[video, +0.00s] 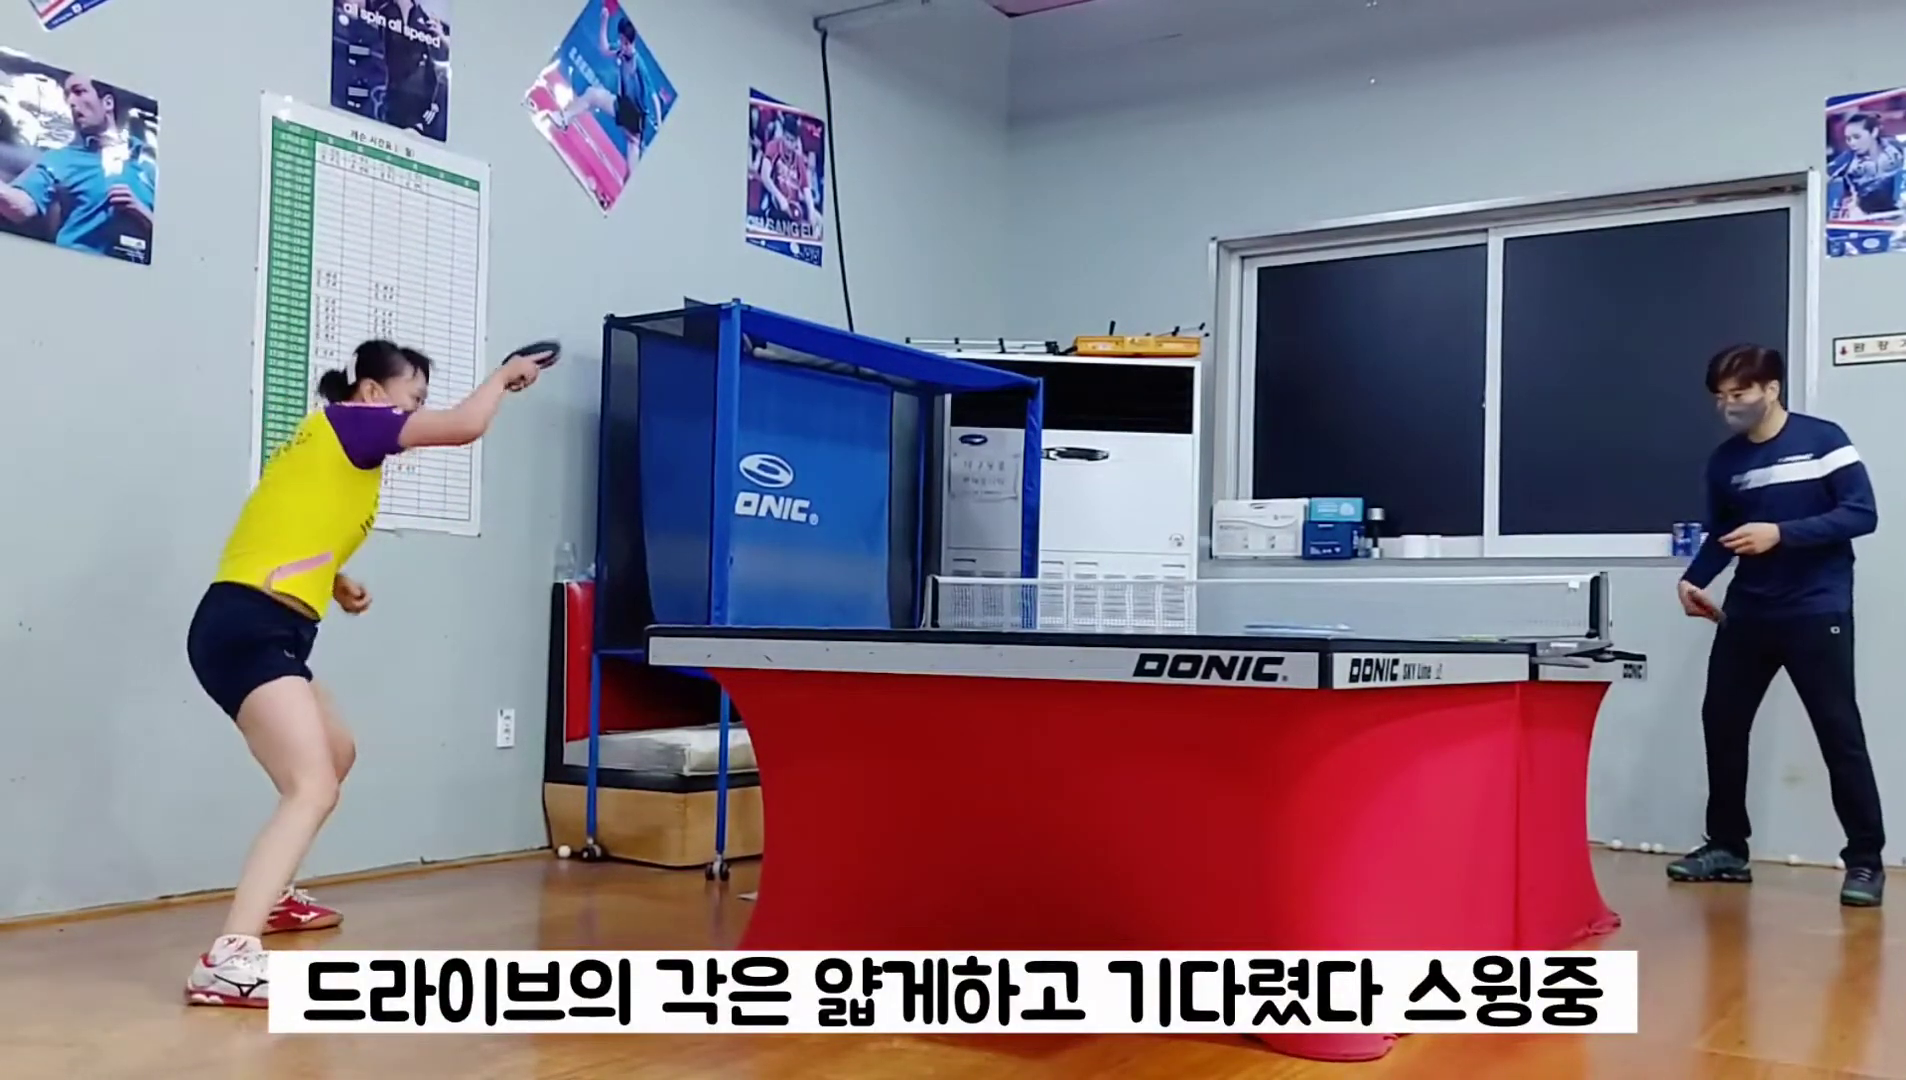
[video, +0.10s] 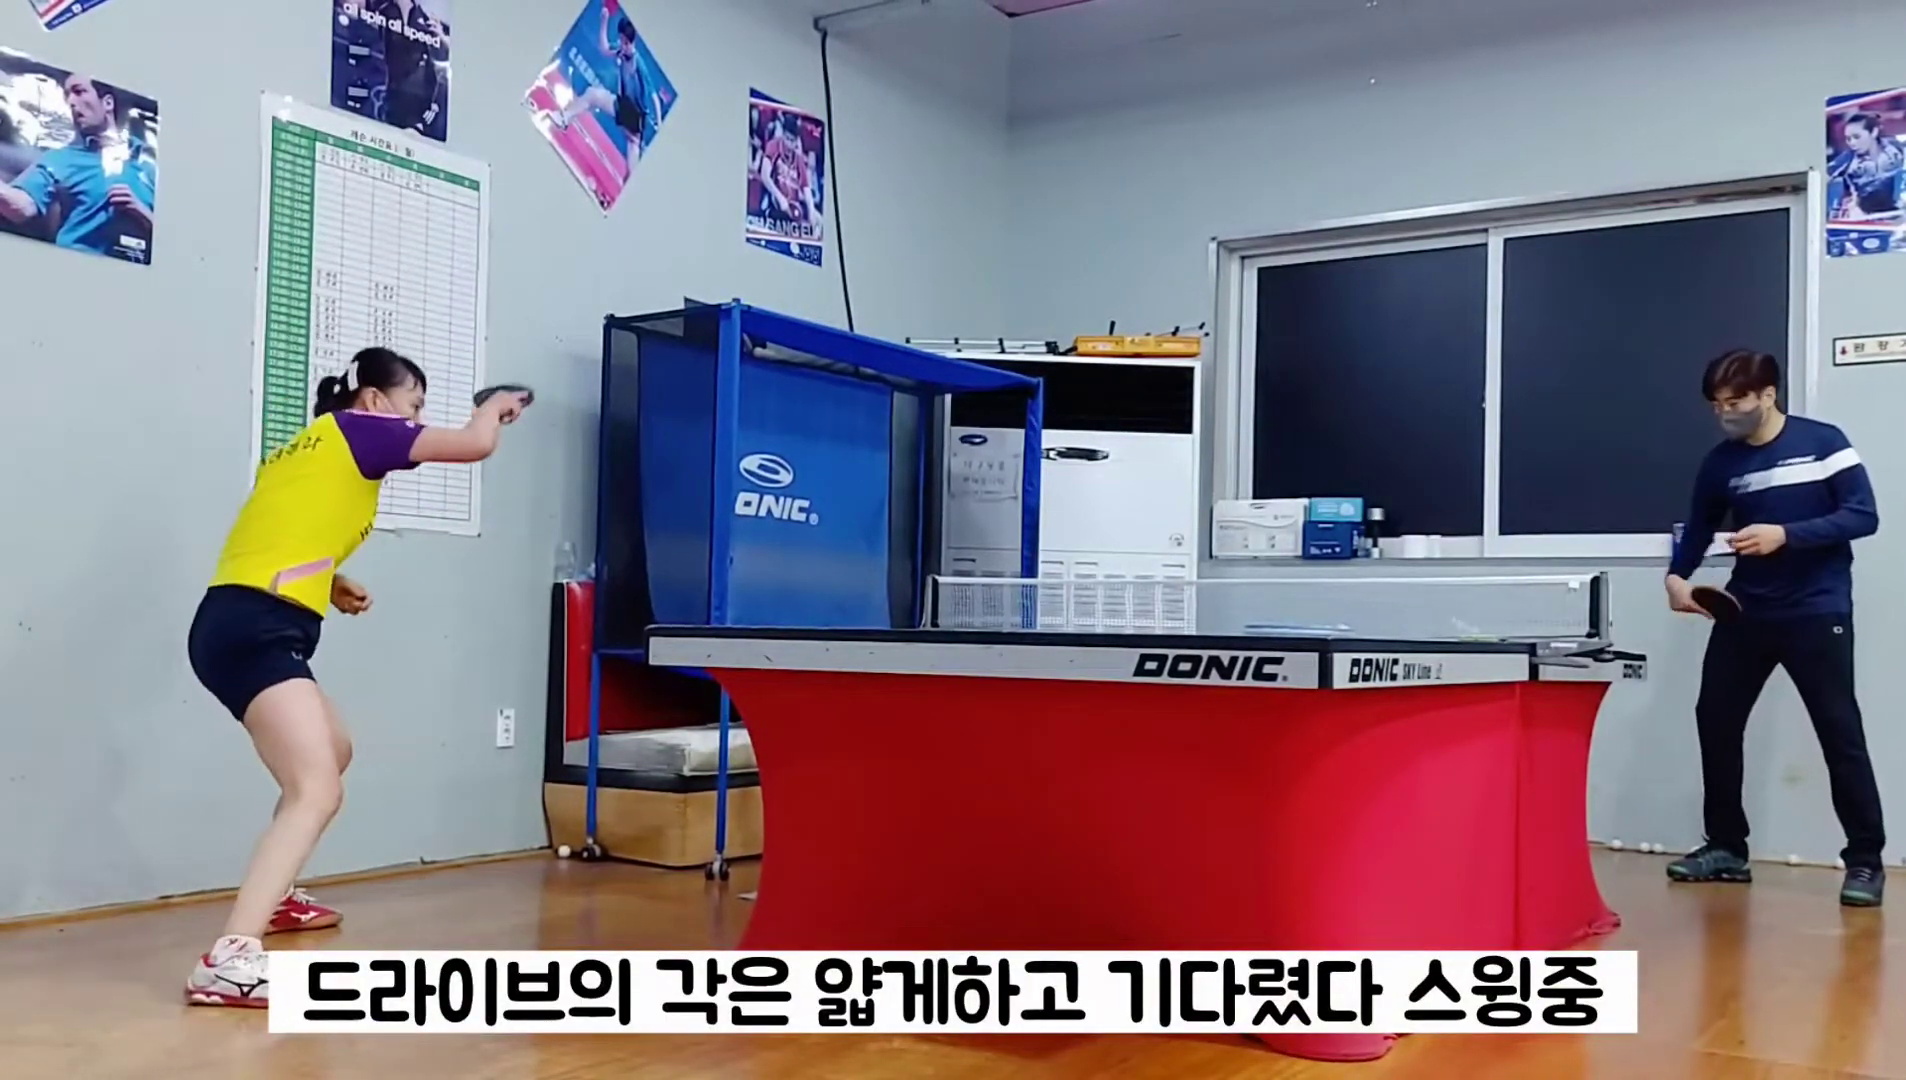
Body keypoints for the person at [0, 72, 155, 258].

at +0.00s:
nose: (71, 101)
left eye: (79, 91)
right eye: (67, 96)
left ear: (108, 103)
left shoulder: (149, 165)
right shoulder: (60, 159)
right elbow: (20, 207)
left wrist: (142, 212)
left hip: (134, 270)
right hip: (74, 261)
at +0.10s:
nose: (71, 101)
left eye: (79, 91)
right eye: (67, 96)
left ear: (108, 103)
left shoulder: (149, 165)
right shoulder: (59, 159)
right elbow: (20, 207)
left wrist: (142, 212)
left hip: (134, 270)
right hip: (74, 260)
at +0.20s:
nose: (71, 101)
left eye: (79, 91)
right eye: (67, 96)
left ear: (108, 103)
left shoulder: (149, 165)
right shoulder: (60, 159)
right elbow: (20, 207)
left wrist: (142, 212)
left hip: (134, 270)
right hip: (74, 260)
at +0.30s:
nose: (70, 101)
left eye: (79, 91)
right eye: (67, 96)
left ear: (108, 103)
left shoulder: (149, 164)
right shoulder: (59, 159)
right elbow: (20, 207)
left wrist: (142, 212)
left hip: (134, 270)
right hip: (74, 260)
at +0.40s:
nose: (71, 101)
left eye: (79, 91)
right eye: (67, 96)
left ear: (108, 103)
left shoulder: (149, 164)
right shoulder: (60, 159)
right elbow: (20, 207)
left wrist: (142, 212)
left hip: (134, 270)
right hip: (75, 260)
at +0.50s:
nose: (70, 101)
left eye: (79, 91)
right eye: (67, 96)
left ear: (108, 102)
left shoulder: (150, 163)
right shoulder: (59, 159)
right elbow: (19, 208)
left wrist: (144, 213)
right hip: (75, 261)